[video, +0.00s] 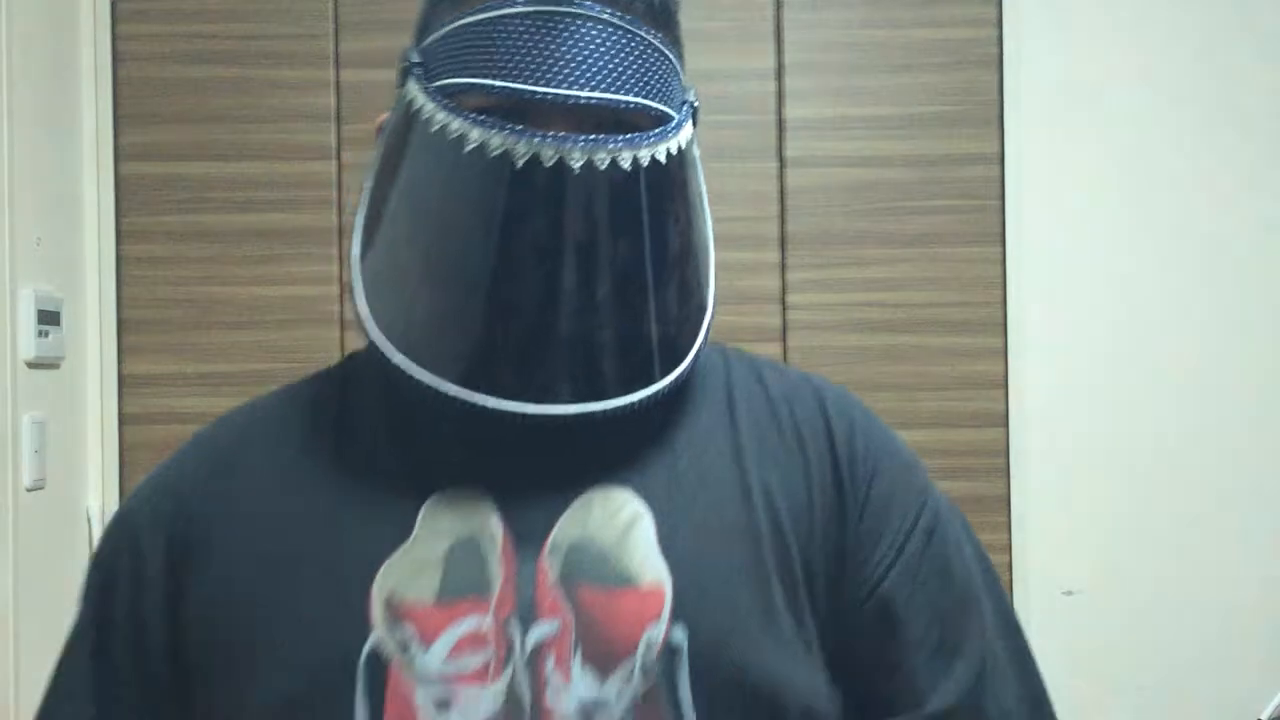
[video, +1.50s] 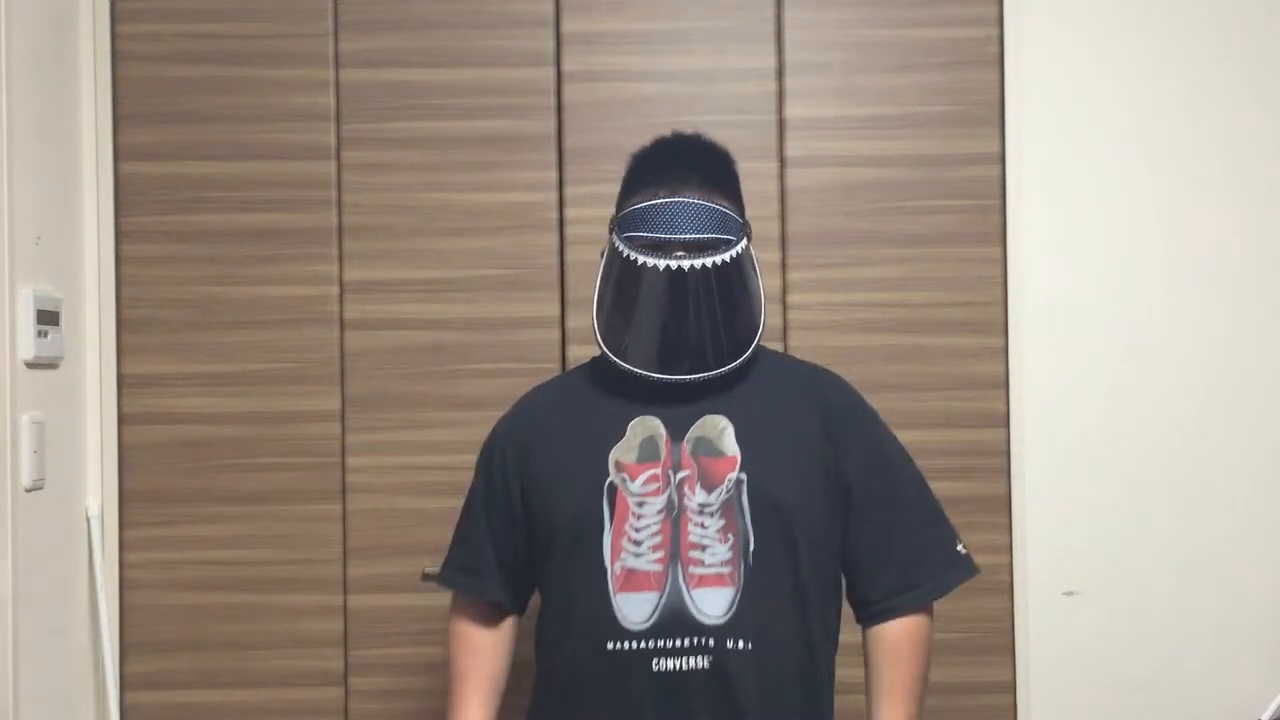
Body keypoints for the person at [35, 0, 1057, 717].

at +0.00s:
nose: (553, 272)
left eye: (606, 224)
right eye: (498, 223)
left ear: (678, 209)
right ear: (401, 195)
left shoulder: (837, 480)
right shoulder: (196, 525)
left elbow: (991, 707)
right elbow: (84, 707)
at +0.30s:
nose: (557, 265)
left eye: (598, 217)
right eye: (520, 211)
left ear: (652, 213)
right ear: (440, 192)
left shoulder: (776, 464)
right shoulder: (251, 476)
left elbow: (908, 704)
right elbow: (121, 707)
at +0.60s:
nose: (493, 297)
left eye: (531, 257)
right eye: (456, 254)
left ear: (578, 255)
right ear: (395, 244)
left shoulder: (666, 481)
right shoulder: (242, 491)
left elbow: (747, 708)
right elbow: (112, 705)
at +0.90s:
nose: (528, 262)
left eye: (561, 233)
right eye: (499, 229)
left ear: (605, 237)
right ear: (442, 224)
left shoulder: (681, 427)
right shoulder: (307, 431)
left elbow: (725, 674)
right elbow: (220, 664)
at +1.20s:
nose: (635, 315)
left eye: (662, 289)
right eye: (606, 289)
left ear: (702, 288)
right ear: (561, 284)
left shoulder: (781, 468)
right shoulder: (468, 473)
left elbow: (828, 692)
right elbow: (396, 687)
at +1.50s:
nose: (680, 281)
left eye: (701, 257)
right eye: (658, 257)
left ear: (736, 259)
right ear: (620, 259)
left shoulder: (824, 416)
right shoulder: (538, 428)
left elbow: (899, 600)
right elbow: (483, 608)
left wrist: (889, 712)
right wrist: (471, 712)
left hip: (774, 705)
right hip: (589, 706)